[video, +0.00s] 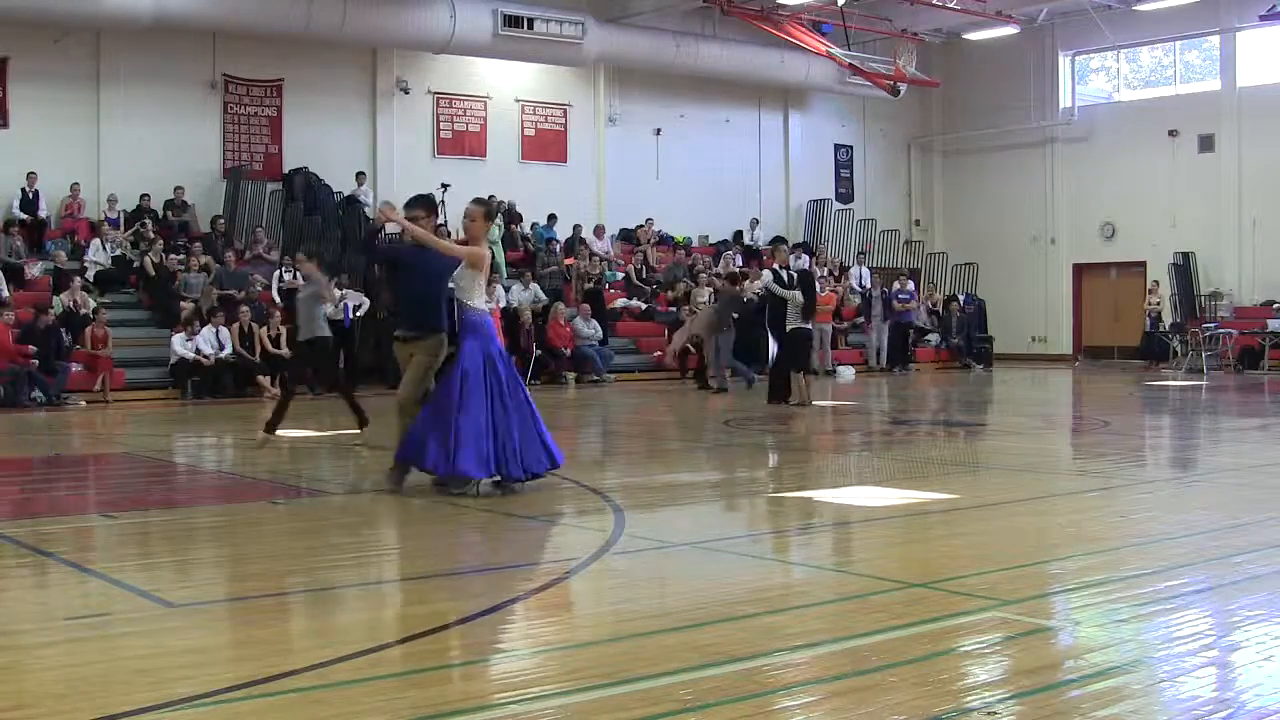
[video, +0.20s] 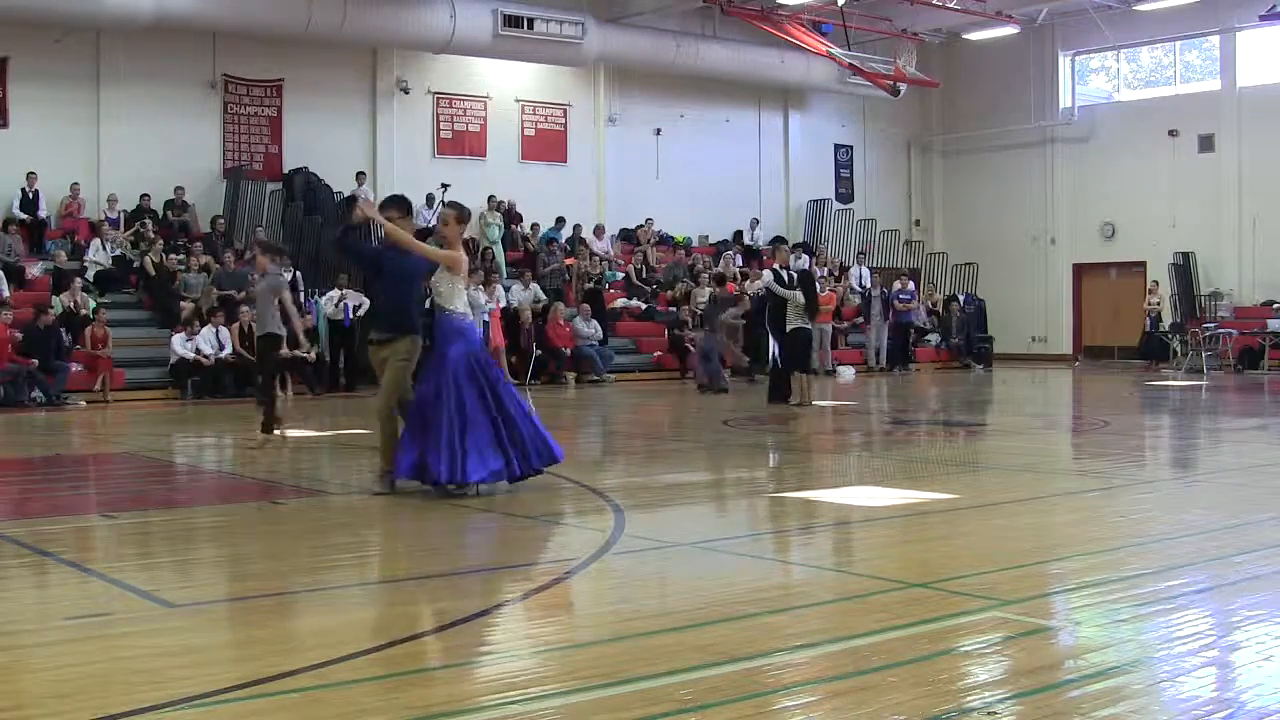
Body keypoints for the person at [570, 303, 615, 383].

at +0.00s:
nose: (588, 312)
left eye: (589, 310)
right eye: (586, 311)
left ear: (591, 311)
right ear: (580, 312)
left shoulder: (593, 321)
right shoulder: (576, 322)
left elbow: (600, 335)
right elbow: (582, 333)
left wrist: (589, 337)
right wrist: (593, 332)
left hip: (594, 344)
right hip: (582, 345)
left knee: (608, 353)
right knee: (592, 355)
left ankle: (598, 374)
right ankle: (602, 374)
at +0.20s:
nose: (587, 312)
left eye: (589, 310)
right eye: (585, 311)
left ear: (591, 312)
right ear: (580, 312)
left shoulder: (594, 321)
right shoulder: (576, 321)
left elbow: (600, 335)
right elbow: (581, 332)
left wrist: (589, 337)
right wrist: (593, 332)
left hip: (594, 344)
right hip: (582, 345)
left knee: (609, 354)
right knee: (592, 354)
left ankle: (597, 374)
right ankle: (602, 374)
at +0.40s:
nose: (587, 312)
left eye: (589, 310)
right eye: (585, 311)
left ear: (591, 312)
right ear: (580, 312)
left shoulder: (594, 321)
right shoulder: (576, 321)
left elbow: (600, 335)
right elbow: (581, 332)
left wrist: (589, 337)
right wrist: (593, 332)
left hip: (594, 344)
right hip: (582, 345)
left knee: (609, 354)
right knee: (592, 354)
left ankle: (597, 374)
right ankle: (602, 374)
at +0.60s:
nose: (587, 312)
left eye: (589, 310)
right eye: (585, 311)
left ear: (591, 312)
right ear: (580, 312)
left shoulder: (594, 321)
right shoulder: (576, 321)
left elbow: (600, 335)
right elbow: (581, 332)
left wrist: (589, 337)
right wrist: (593, 332)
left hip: (594, 344)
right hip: (582, 345)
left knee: (609, 354)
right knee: (592, 354)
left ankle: (597, 374)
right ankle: (602, 374)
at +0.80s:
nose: (587, 312)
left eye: (589, 310)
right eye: (585, 311)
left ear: (591, 312)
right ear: (580, 312)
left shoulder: (594, 321)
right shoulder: (576, 321)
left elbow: (600, 335)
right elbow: (581, 333)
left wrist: (588, 335)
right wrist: (593, 331)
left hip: (594, 345)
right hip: (582, 345)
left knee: (609, 354)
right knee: (592, 354)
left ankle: (598, 373)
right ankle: (602, 374)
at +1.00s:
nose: (587, 312)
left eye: (589, 310)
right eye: (585, 311)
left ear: (591, 312)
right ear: (580, 312)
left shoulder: (593, 321)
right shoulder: (576, 321)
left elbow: (600, 335)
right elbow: (581, 332)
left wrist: (588, 335)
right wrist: (593, 331)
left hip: (594, 345)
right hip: (582, 345)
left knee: (609, 354)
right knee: (592, 354)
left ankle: (598, 374)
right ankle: (602, 374)